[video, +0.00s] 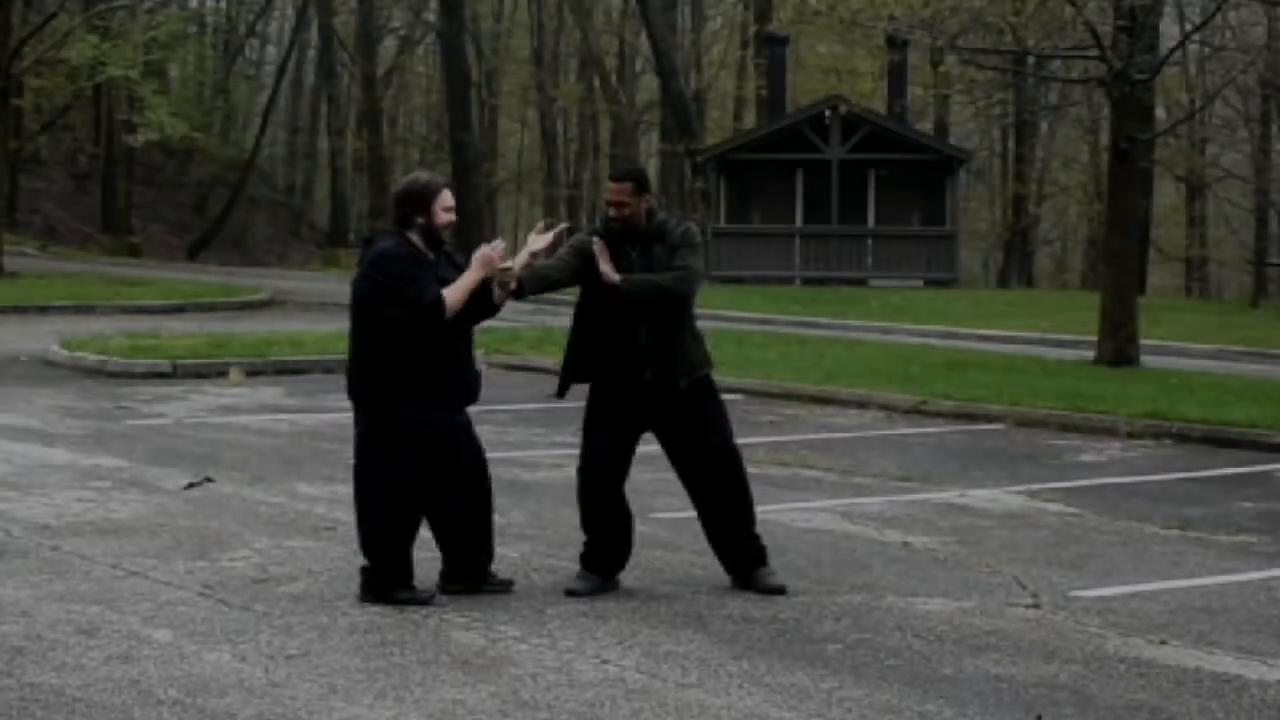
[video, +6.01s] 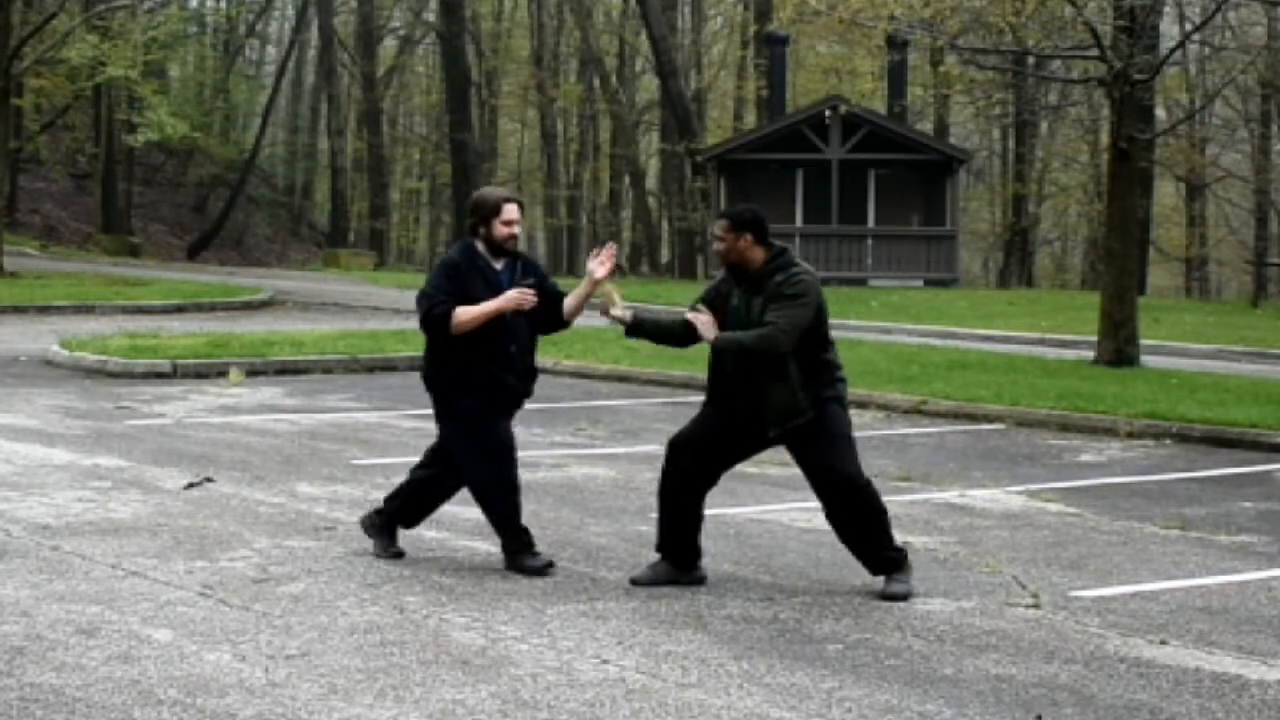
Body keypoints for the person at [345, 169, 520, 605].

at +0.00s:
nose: (453, 219)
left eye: (453, 210)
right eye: (445, 210)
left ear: (433, 215)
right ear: (418, 213)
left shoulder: (437, 258)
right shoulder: (389, 259)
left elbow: (466, 310)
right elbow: (431, 311)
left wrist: (514, 271)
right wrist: (476, 272)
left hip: (438, 400)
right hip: (392, 403)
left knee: (465, 482)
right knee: (390, 492)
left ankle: (466, 571)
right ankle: (385, 580)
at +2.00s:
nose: (594, 214)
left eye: (594, 206)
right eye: (587, 207)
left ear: (567, 215)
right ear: (562, 213)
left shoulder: (581, 256)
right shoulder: (538, 260)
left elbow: (639, 267)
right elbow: (592, 311)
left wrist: (691, 247)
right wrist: (620, 280)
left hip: (582, 398)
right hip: (542, 401)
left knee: (604, 480)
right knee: (541, 490)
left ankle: (607, 561)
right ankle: (513, 574)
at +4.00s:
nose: (698, 214)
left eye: (698, 207)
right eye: (690, 207)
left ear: (664, 212)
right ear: (665, 211)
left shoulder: (653, 247)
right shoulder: (652, 250)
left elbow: (667, 306)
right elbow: (685, 291)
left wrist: (709, 316)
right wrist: (733, 255)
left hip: (621, 367)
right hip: (634, 373)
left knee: (635, 463)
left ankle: (610, 557)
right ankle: (674, 490)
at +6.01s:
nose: (716, 249)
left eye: (721, 240)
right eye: (715, 241)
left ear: (747, 241)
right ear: (740, 242)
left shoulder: (799, 284)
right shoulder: (728, 289)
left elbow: (779, 337)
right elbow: (687, 329)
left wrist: (717, 337)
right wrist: (632, 319)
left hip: (809, 409)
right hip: (747, 409)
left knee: (842, 482)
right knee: (685, 455)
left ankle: (892, 567)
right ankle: (679, 562)